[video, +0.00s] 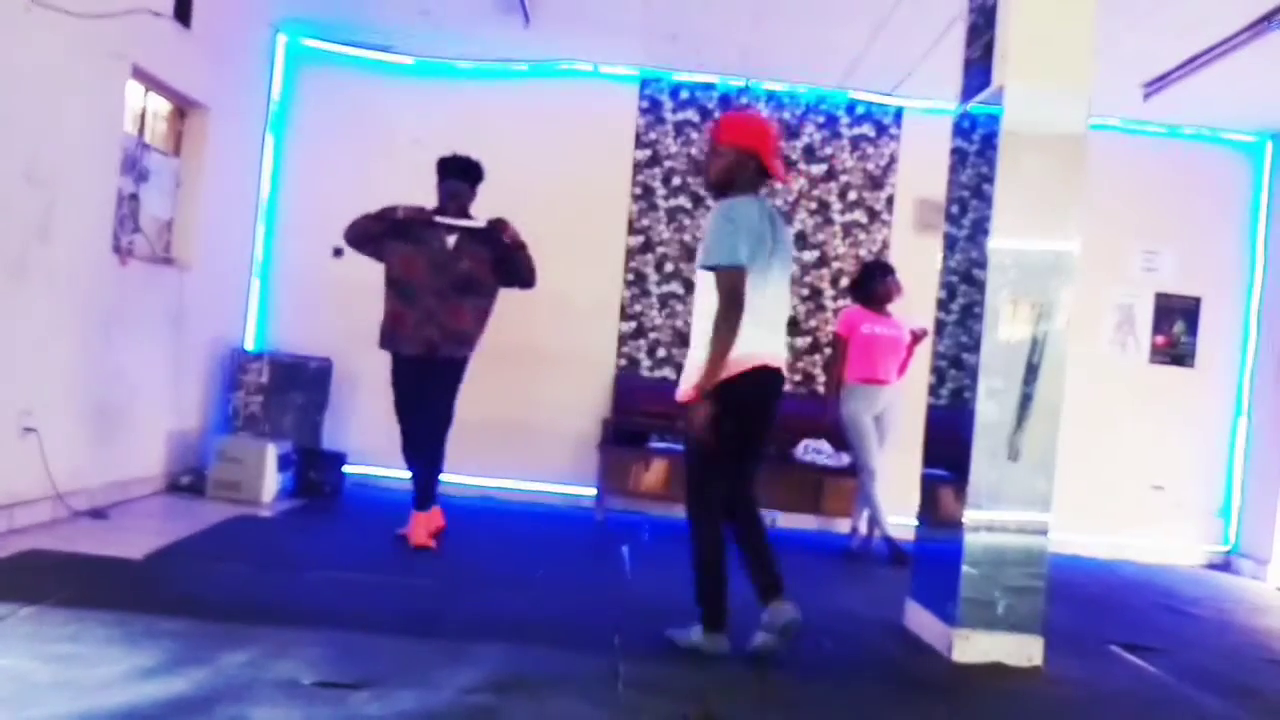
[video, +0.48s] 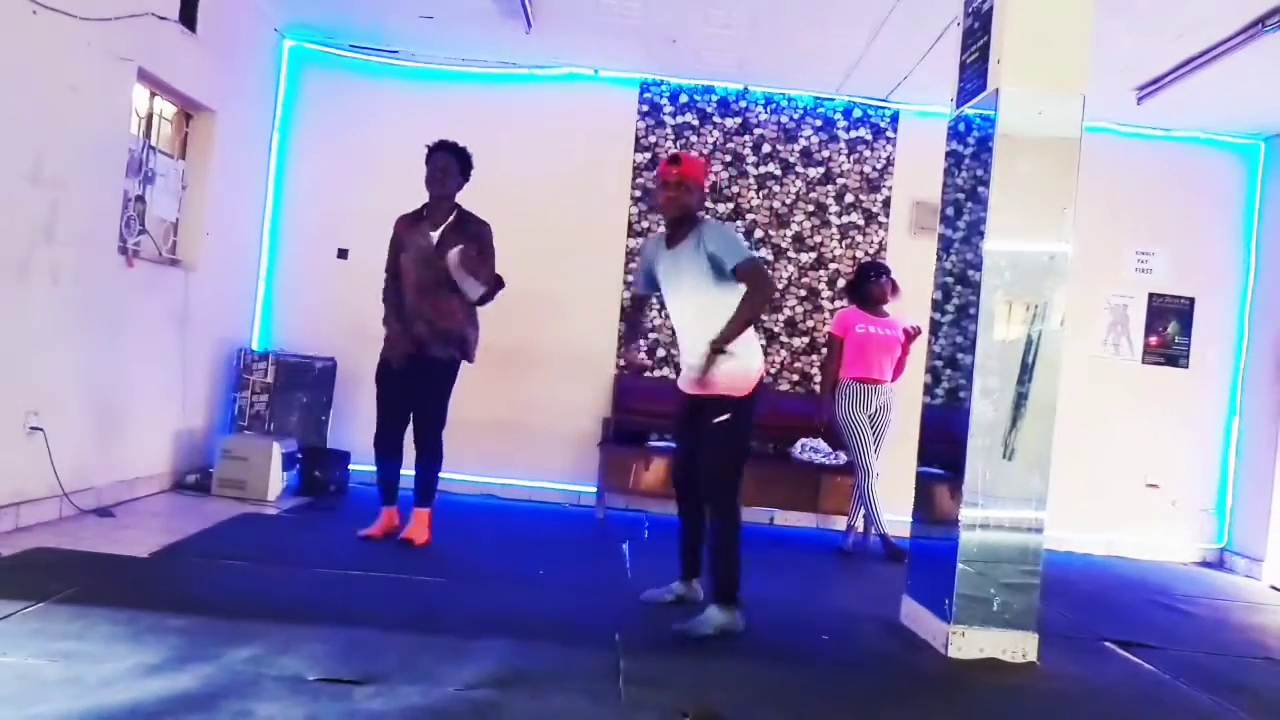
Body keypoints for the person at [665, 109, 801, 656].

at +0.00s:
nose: (706, 162)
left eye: (717, 153)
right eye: (710, 152)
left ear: (743, 162)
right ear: (755, 166)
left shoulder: (731, 216)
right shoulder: (772, 219)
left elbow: (731, 304)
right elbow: (770, 305)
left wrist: (705, 385)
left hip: (728, 376)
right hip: (764, 375)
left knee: (704, 500)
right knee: (738, 493)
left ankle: (712, 625)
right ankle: (775, 601)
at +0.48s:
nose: (668, 194)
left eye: (679, 186)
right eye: (664, 185)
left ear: (698, 194)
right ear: (657, 191)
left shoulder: (717, 236)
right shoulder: (655, 250)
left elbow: (763, 287)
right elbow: (635, 302)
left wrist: (718, 343)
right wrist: (629, 343)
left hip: (733, 384)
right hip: (693, 381)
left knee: (719, 490)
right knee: (686, 483)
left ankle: (725, 604)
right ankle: (692, 582)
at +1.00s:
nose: (686, 207)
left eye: (694, 199)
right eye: (678, 198)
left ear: (705, 205)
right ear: (665, 203)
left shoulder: (726, 256)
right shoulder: (645, 250)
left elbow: (738, 326)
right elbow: (633, 316)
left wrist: (720, 314)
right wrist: (690, 301)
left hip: (698, 380)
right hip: (651, 373)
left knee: (670, 471)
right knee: (663, 470)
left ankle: (645, 547)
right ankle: (669, 570)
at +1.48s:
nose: (691, 213)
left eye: (699, 207)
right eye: (684, 204)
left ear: (707, 215)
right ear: (670, 205)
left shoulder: (692, 259)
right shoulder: (654, 238)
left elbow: (683, 318)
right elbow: (675, 296)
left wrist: (697, 348)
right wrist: (710, 277)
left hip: (665, 376)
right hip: (625, 372)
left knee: (676, 463)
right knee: (623, 467)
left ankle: (631, 547)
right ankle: (607, 553)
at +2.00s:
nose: (681, 202)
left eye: (690, 195)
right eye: (675, 194)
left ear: (705, 203)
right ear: (664, 200)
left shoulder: (722, 251)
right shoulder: (644, 251)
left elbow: (732, 309)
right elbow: (596, 288)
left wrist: (686, 294)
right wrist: (572, 323)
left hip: (681, 379)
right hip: (635, 373)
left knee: (650, 466)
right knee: (624, 458)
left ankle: (616, 563)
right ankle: (640, 538)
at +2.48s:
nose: (697, 198)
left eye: (705, 193)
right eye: (691, 191)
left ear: (719, 203)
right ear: (678, 198)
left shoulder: (735, 249)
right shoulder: (655, 251)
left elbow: (755, 313)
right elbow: (631, 308)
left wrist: (729, 361)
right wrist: (624, 359)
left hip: (711, 391)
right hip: (659, 387)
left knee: (706, 486)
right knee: (650, 478)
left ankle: (708, 573)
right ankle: (646, 563)